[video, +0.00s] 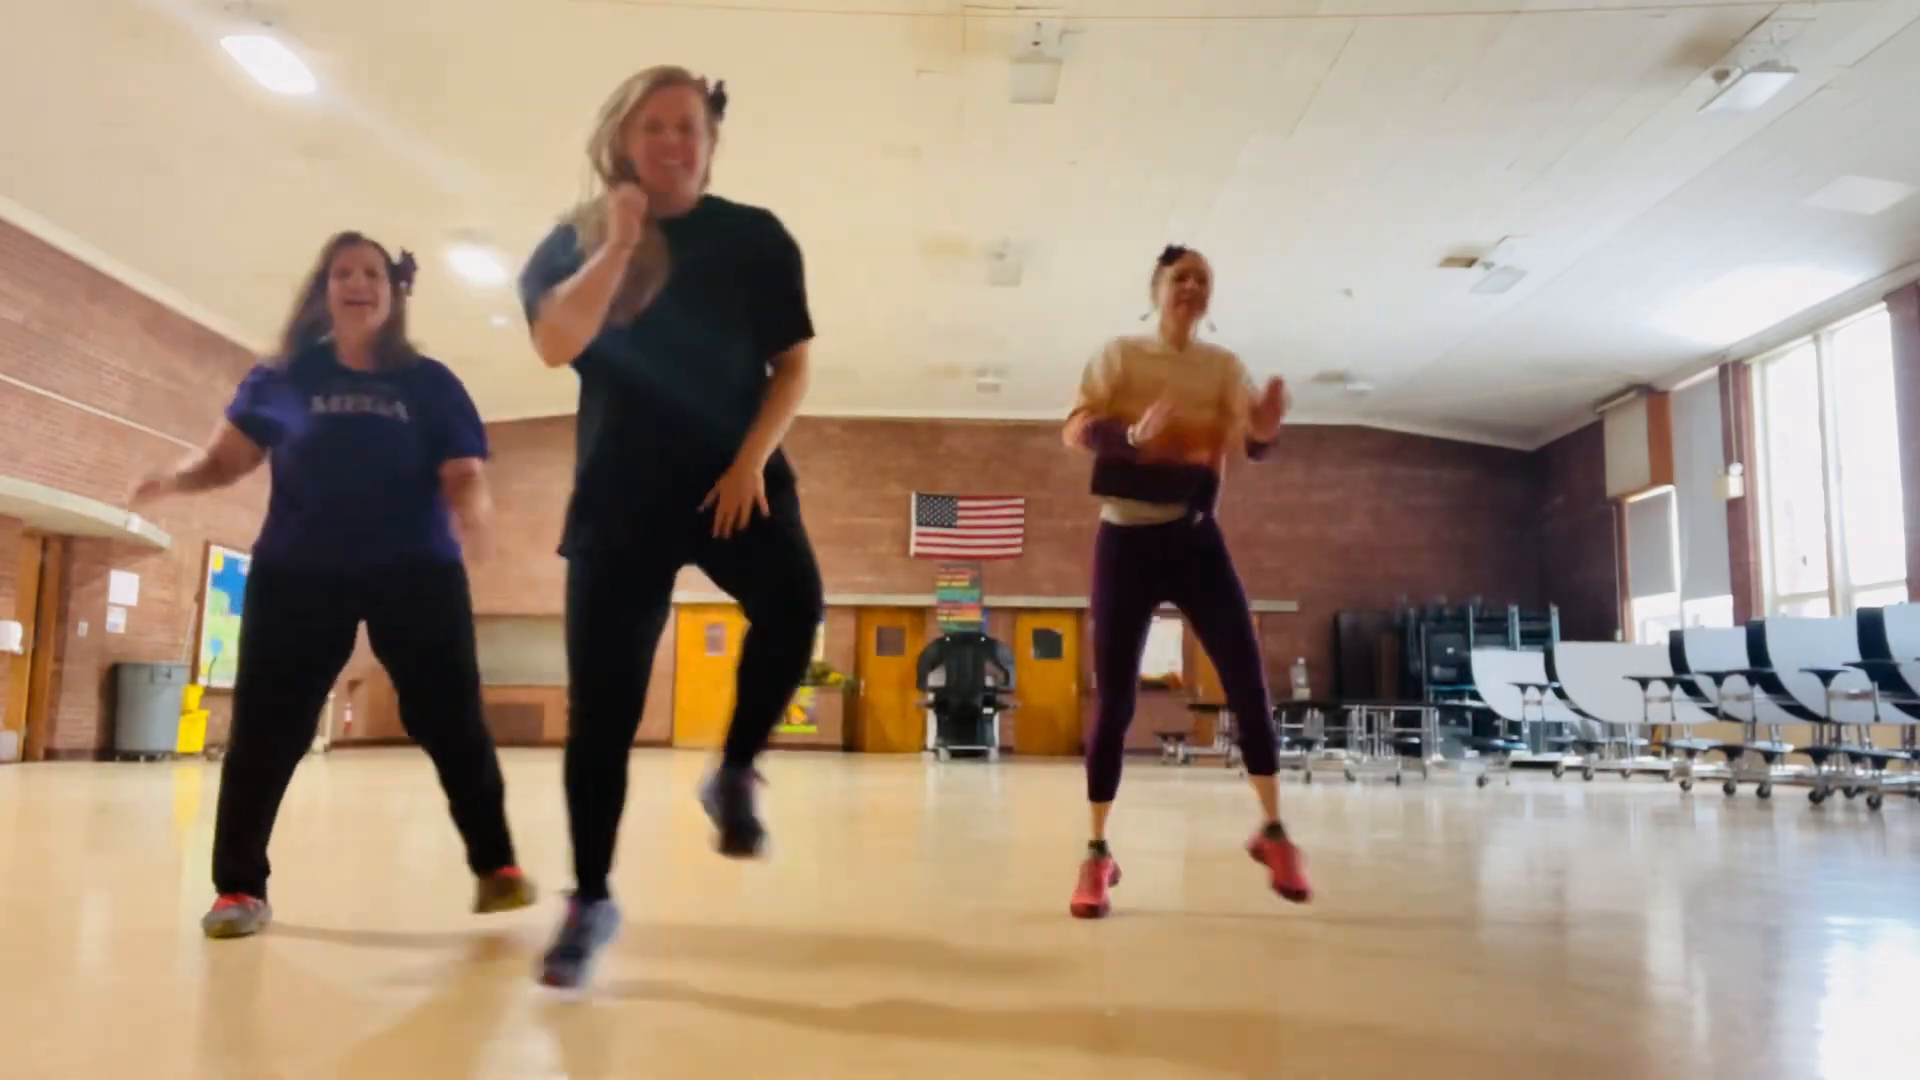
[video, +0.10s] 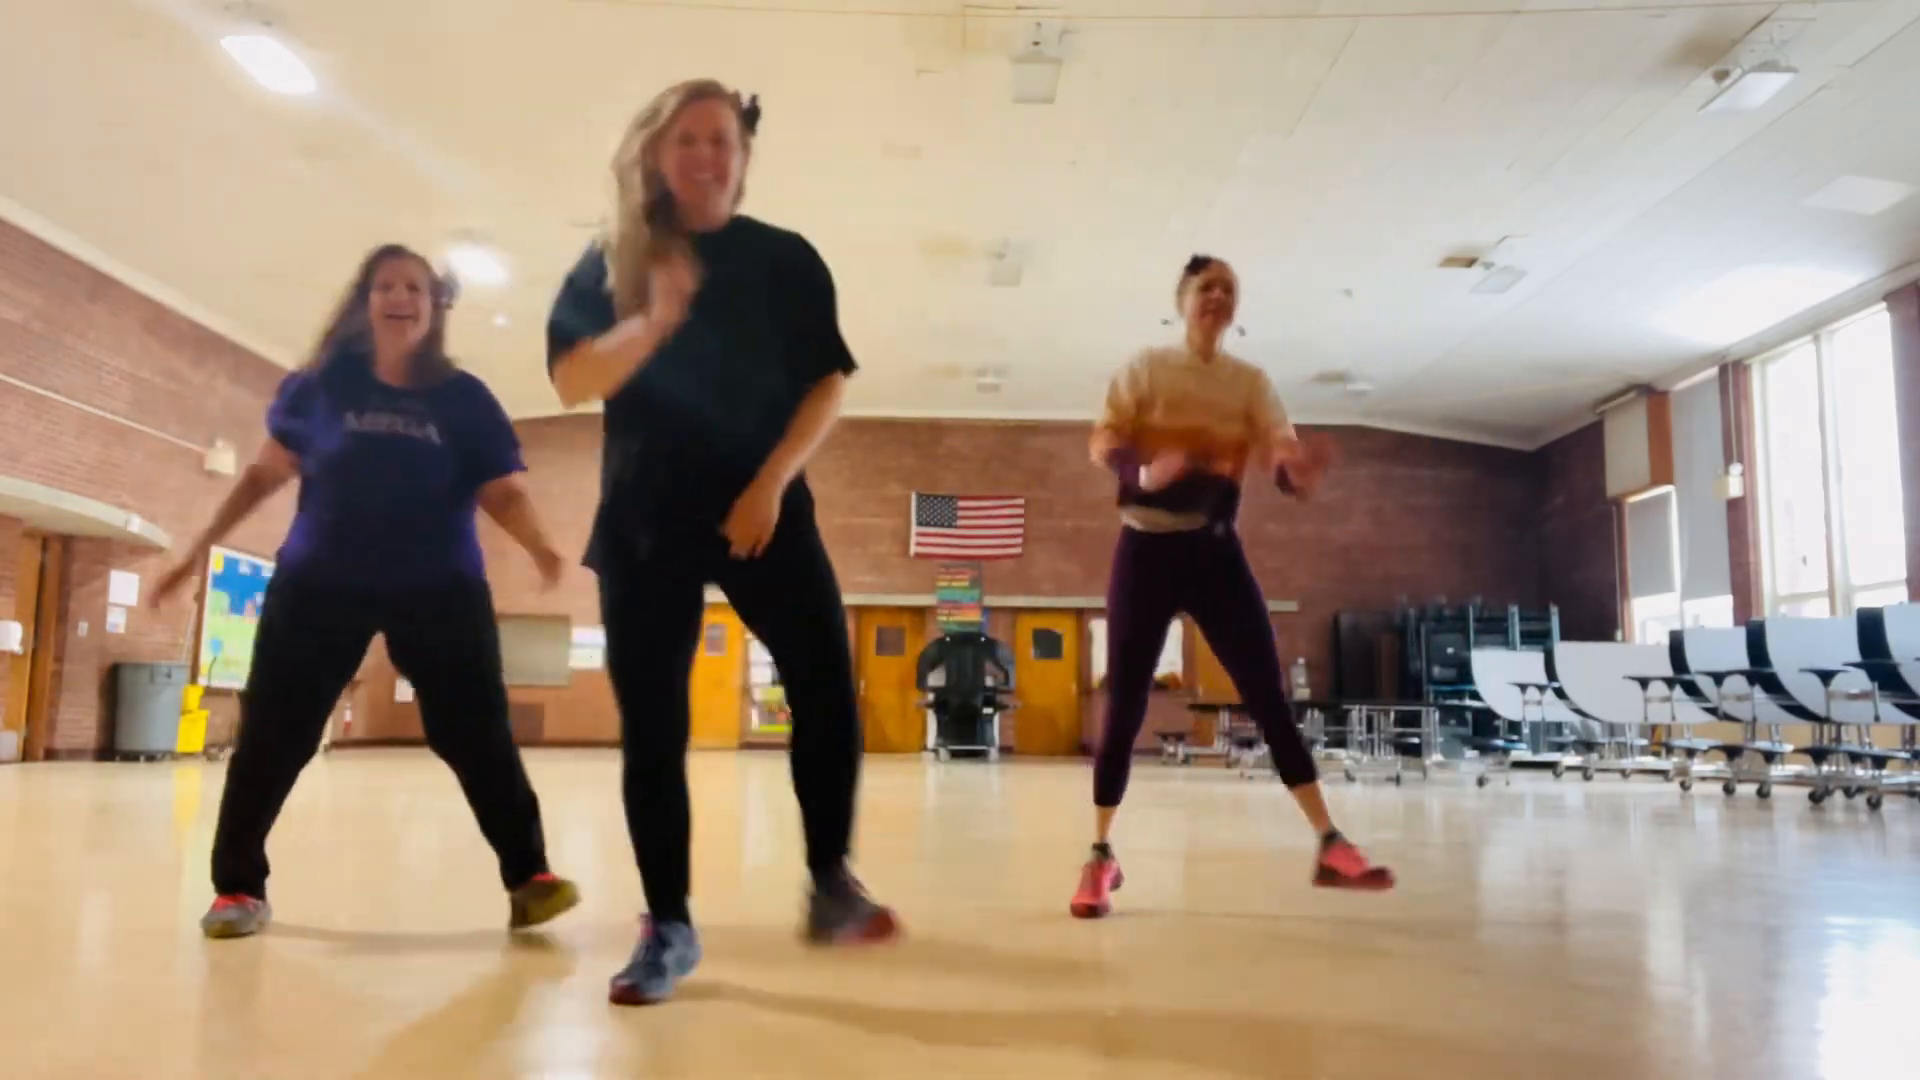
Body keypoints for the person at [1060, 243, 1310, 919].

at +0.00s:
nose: (1190, 289)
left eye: (1200, 281)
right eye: (1180, 279)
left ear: (1209, 296)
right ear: (1156, 290)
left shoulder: (1224, 367)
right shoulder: (1120, 356)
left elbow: (1247, 451)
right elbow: (1077, 433)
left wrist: (1264, 430)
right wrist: (1130, 433)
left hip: (1196, 541)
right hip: (1125, 541)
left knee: (1248, 685)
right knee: (1115, 701)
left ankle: (1273, 830)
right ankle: (1096, 850)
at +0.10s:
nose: (1218, 298)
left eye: (1227, 290)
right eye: (1207, 287)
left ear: (1236, 305)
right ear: (1182, 299)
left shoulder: (1252, 384)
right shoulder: (1145, 369)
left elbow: (1289, 474)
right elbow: (1102, 445)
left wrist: (1300, 472)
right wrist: (1144, 466)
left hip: (1215, 555)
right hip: (1146, 553)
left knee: (1268, 701)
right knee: (1124, 706)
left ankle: (1331, 844)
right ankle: (1100, 855)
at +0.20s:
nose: (1248, 328)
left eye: (1256, 320)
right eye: (1236, 318)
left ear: (1266, 336)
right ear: (1211, 330)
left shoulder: (1281, 421)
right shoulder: (1175, 409)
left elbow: (1311, 504)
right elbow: (1146, 492)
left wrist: (1329, 544)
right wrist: (1149, 557)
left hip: (1241, 593)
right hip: (1170, 589)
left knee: (1306, 727)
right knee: (1134, 735)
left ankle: (1353, 878)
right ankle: (1103, 868)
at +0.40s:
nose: (1326, 314)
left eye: (1334, 304)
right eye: (1314, 304)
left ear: (1344, 318)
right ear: (1287, 317)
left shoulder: (1369, 399)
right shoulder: (1254, 399)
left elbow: (1390, 499)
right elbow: (1208, 494)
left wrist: (1393, 582)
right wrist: (1204, 569)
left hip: (1339, 578)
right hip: (1263, 574)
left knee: (1375, 721)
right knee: (1208, 688)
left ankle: (1367, 882)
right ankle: (1180, 831)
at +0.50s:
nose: (1353, 307)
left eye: (1361, 298)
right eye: (1340, 297)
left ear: (1373, 311)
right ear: (1315, 309)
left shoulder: (1401, 388)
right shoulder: (1281, 391)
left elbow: (1441, 465)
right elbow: (1221, 462)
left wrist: (1430, 542)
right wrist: (1231, 527)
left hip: (1371, 569)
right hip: (1295, 565)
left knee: (1390, 724)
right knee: (1246, 701)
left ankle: (1372, 880)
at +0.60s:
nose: (1374, 309)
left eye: (1384, 300)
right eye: (1362, 299)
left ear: (1397, 314)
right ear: (1339, 312)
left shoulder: (1426, 387)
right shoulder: (1308, 389)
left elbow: (1477, 447)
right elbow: (1242, 440)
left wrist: (1469, 521)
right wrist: (1257, 500)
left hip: (1395, 565)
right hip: (1320, 565)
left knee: (1406, 723)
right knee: (1306, 717)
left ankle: (1374, 877)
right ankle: (1373, 794)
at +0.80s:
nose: (1416, 338)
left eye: (1426, 329)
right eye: (1404, 328)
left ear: (1438, 344)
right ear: (1380, 341)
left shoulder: (1463, 420)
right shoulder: (1348, 422)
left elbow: (1507, 494)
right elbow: (1297, 498)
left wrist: (1519, 556)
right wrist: (1309, 550)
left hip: (1447, 592)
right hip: (1372, 594)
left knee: (1484, 715)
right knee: (1404, 736)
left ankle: (1428, 856)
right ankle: (1444, 870)